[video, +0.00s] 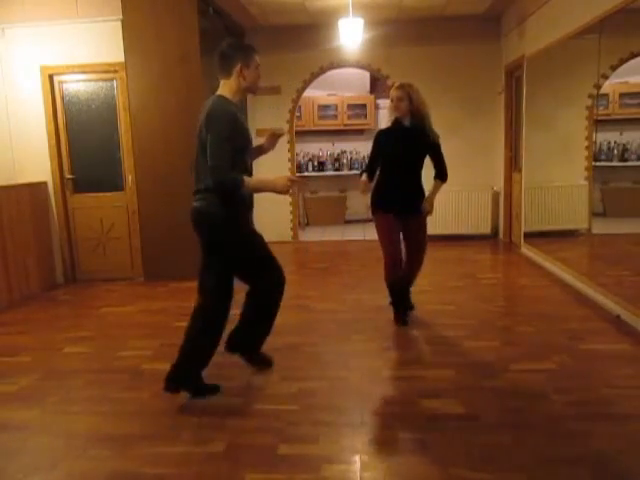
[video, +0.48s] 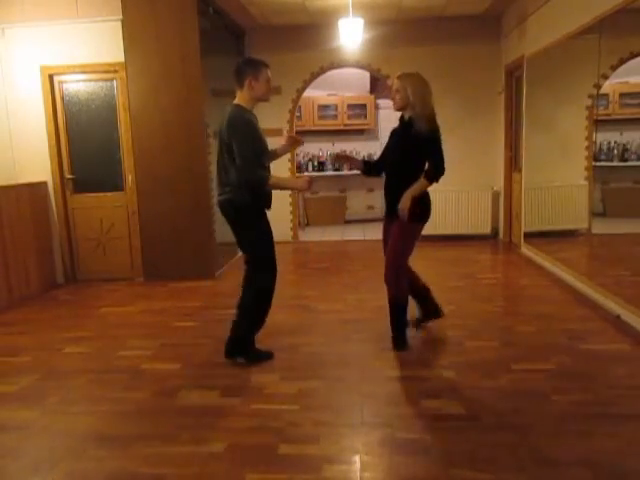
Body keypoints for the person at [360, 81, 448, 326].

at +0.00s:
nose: (394, 104)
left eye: (400, 100)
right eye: (392, 100)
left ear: (411, 102)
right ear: (389, 103)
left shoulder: (424, 134)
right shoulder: (383, 135)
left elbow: (441, 171)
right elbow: (372, 165)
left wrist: (431, 197)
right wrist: (366, 179)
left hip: (412, 200)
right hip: (384, 200)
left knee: (416, 254)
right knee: (392, 255)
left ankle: (403, 289)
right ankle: (399, 308)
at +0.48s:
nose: (393, 97)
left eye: (397, 91)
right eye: (392, 92)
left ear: (412, 94)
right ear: (401, 94)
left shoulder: (424, 125)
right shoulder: (401, 128)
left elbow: (436, 169)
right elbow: (380, 168)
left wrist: (410, 194)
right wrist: (352, 162)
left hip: (413, 206)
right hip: (394, 206)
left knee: (394, 268)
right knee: (395, 265)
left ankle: (399, 334)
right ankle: (429, 306)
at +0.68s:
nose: (395, 95)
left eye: (399, 89)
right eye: (395, 90)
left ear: (415, 91)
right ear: (408, 93)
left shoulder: (427, 123)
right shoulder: (408, 127)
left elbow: (442, 170)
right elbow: (385, 168)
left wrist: (412, 195)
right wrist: (352, 163)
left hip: (416, 209)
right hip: (413, 208)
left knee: (392, 270)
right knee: (420, 274)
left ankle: (411, 330)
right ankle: (455, 336)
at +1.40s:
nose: (394, 91)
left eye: (399, 86)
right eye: (394, 86)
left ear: (414, 90)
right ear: (409, 90)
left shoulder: (423, 126)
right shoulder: (407, 124)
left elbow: (434, 177)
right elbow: (395, 161)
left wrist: (407, 204)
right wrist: (360, 161)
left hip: (418, 208)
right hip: (412, 208)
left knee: (394, 270)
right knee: (410, 266)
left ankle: (434, 325)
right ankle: (427, 320)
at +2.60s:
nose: (391, 92)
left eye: (396, 87)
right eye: (392, 87)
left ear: (411, 88)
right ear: (409, 90)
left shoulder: (424, 122)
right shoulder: (409, 123)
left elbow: (430, 169)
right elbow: (381, 164)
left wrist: (399, 189)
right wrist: (338, 178)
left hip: (415, 204)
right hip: (412, 202)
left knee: (404, 277)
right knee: (412, 268)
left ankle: (419, 347)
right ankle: (426, 321)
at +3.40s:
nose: (392, 97)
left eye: (398, 92)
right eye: (387, 92)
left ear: (410, 94)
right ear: (382, 96)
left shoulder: (418, 129)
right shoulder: (386, 128)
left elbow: (447, 168)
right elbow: (362, 160)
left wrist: (433, 201)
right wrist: (330, 173)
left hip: (420, 212)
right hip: (405, 212)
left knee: (421, 278)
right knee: (412, 270)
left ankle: (422, 349)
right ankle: (410, 320)